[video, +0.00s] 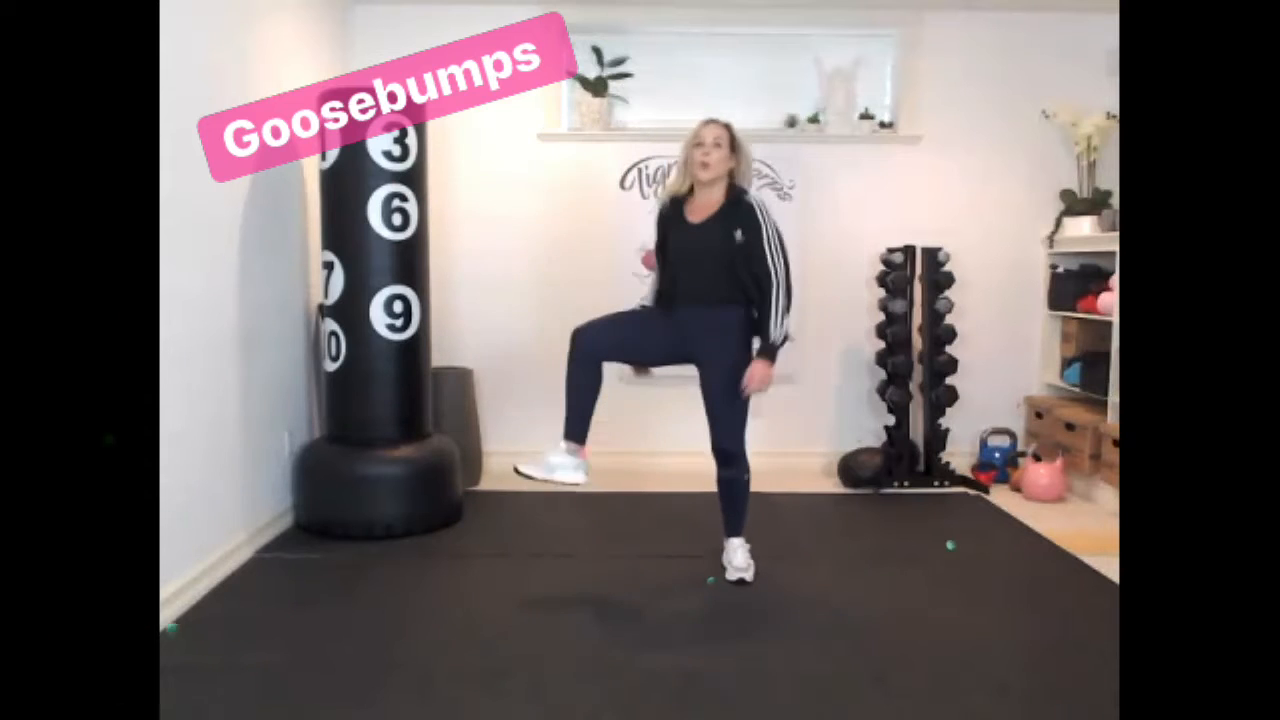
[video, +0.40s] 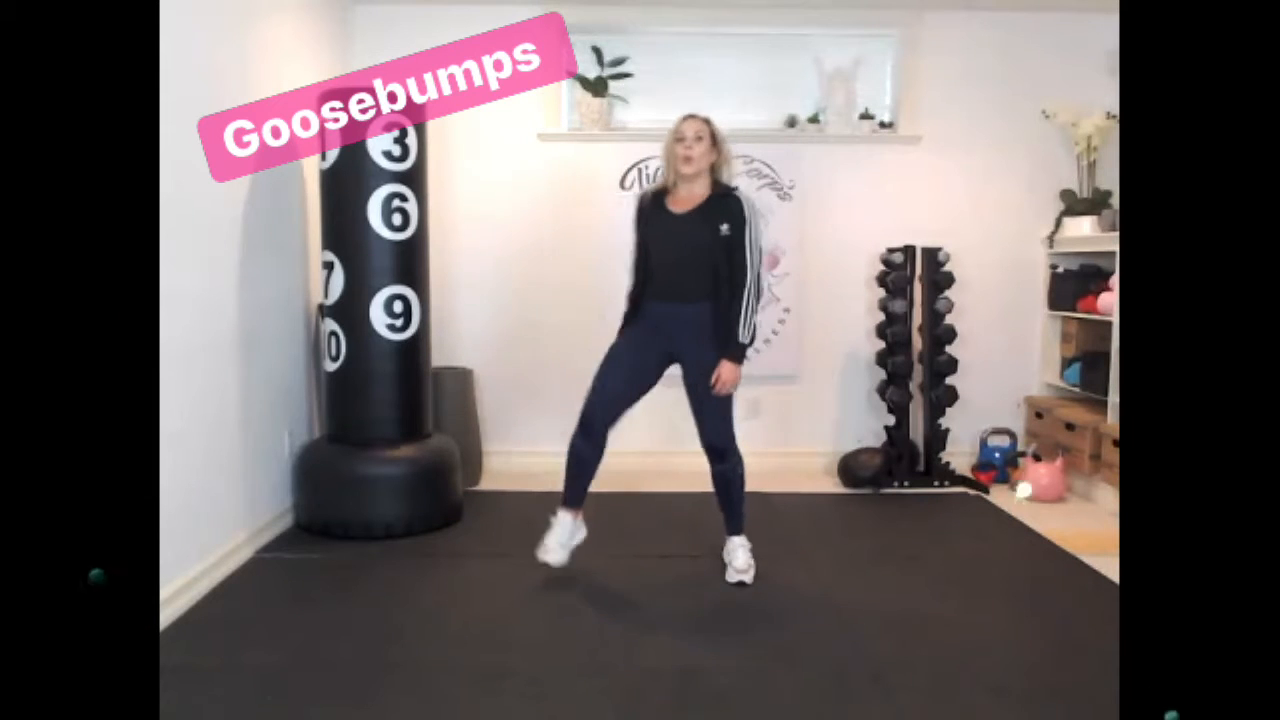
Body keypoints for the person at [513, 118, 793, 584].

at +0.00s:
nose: (707, 153)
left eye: (717, 147)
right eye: (699, 146)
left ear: (733, 159)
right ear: (688, 156)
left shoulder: (748, 211)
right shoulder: (671, 211)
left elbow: (776, 282)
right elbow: (666, 281)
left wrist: (768, 354)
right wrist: (643, 345)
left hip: (725, 334)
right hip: (673, 326)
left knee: (728, 449)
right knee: (587, 340)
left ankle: (735, 542)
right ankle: (571, 454)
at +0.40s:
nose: (688, 147)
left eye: (698, 140)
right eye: (681, 140)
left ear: (714, 151)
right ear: (670, 150)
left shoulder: (730, 204)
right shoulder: (649, 203)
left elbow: (745, 283)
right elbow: (641, 275)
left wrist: (734, 354)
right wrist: (628, 331)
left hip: (705, 332)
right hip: (649, 329)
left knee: (719, 444)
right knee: (594, 417)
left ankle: (735, 539)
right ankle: (569, 516)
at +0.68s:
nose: (639, 168)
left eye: (648, 161)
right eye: (631, 160)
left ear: (661, 173)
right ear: (617, 169)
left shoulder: (674, 231)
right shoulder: (588, 228)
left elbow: (694, 304)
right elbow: (569, 299)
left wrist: (719, 372)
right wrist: (562, 366)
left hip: (663, 355)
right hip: (602, 355)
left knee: (700, 451)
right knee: (574, 456)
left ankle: (733, 538)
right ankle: (562, 538)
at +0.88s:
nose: (613, 146)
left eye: (621, 138)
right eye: (604, 138)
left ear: (632, 149)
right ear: (587, 148)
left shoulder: (646, 205)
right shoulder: (561, 205)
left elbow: (655, 275)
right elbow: (540, 272)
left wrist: (660, 330)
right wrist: (546, 338)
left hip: (643, 325)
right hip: (585, 331)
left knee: (710, 392)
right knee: (578, 443)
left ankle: (703, 486)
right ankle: (564, 537)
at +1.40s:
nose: (648, 168)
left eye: (655, 160)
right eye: (638, 162)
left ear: (668, 170)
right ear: (622, 174)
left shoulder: (686, 229)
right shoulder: (601, 227)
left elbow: (694, 299)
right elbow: (573, 289)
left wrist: (696, 362)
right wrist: (527, 286)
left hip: (670, 353)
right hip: (612, 351)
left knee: (716, 452)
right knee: (586, 459)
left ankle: (753, 544)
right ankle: (565, 539)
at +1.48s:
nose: (676, 176)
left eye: (684, 168)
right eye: (666, 169)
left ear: (697, 178)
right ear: (650, 181)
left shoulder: (716, 238)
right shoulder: (631, 235)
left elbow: (727, 312)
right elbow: (603, 297)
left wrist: (736, 382)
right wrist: (556, 296)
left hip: (696, 362)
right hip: (637, 361)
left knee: (740, 461)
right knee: (606, 461)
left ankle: (764, 553)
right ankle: (567, 540)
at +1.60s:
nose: (707, 159)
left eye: (716, 151)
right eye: (697, 153)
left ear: (732, 160)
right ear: (686, 166)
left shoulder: (756, 220)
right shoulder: (667, 221)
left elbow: (780, 294)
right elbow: (640, 287)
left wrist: (790, 364)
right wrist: (600, 279)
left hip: (735, 349)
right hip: (675, 345)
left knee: (758, 455)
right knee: (627, 444)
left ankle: (768, 554)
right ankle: (584, 524)